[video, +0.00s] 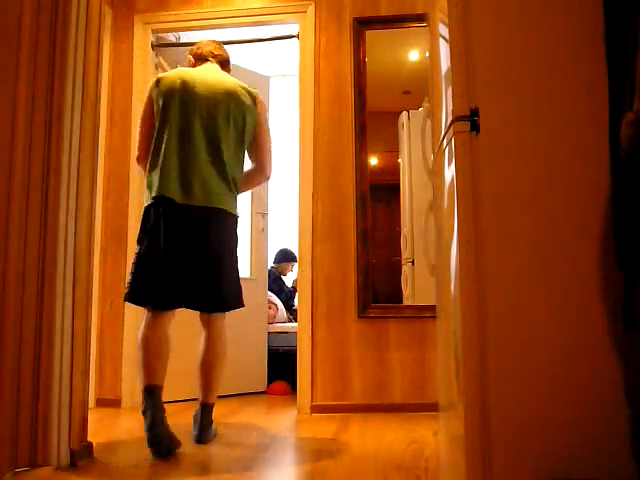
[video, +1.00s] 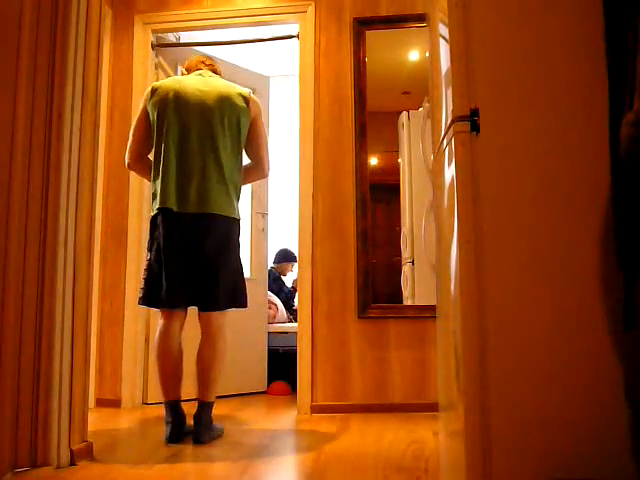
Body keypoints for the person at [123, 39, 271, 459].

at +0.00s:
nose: (193, 59)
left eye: (191, 56)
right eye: (211, 56)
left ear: (190, 60)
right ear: (227, 65)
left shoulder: (164, 83)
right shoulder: (249, 98)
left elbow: (143, 156)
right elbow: (263, 169)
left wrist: (172, 175)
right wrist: (223, 188)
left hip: (165, 215)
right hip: (217, 219)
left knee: (158, 314)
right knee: (215, 323)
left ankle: (153, 406)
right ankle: (204, 422)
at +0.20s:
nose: (194, 68)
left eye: (194, 65)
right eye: (203, 67)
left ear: (196, 69)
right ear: (231, 74)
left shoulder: (172, 86)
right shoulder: (253, 104)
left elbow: (145, 156)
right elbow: (263, 174)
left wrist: (173, 181)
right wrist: (227, 192)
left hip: (170, 213)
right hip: (220, 218)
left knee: (161, 314)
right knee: (214, 320)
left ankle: (155, 419)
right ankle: (204, 421)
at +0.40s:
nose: (195, 72)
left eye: (194, 70)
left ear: (195, 73)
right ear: (229, 78)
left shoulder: (172, 89)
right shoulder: (252, 103)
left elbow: (140, 154)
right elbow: (263, 175)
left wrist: (169, 184)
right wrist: (227, 190)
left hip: (171, 212)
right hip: (220, 216)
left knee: (171, 317)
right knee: (214, 321)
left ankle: (172, 418)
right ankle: (203, 422)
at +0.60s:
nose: (189, 74)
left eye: (188, 72)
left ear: (190, 73)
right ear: (223, 76)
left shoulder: (167, 91)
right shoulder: (248, 101)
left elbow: (134, 156)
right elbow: (260, 173)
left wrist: (169, 181)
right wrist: (223, 181)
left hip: (171, 216)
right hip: (220, 219)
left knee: (172, 318)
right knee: (213, 321)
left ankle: (174, 420)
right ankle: (203, 422)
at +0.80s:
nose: (186, 73)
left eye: (185, 71)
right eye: (199, 71)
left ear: (186, 71)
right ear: (218, 72)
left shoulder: (163, 91)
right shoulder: (245, 99)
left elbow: (134, 157)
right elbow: (259, 169)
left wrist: (169, 179)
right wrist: (222, 180)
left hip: (170, 217)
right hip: (219, 219)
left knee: (171, 318)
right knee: (212, 321)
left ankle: (174, 420)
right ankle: (203, 422)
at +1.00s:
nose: (185, 72)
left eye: (184, 70)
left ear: (184, 71)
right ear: (218, 72)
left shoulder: (160, 91)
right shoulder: (245, 99)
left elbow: (134, 158)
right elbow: (260, 168)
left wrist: (170, 178)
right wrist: (222, 179)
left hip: (169, 217)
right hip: (219, 219)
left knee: (171, 318)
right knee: (212, 320)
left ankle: (174, 421)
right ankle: (203, 422)